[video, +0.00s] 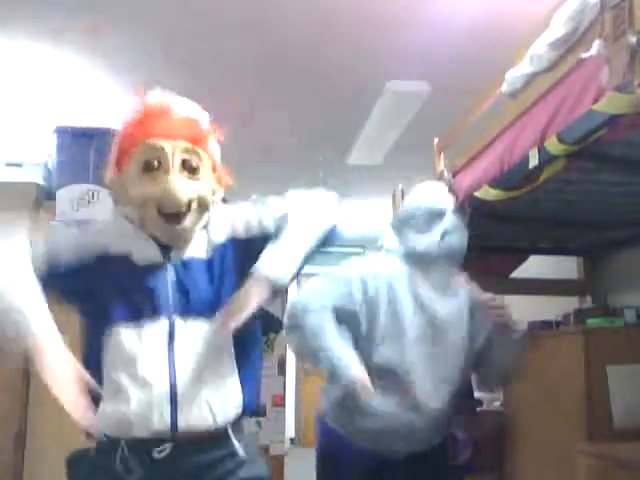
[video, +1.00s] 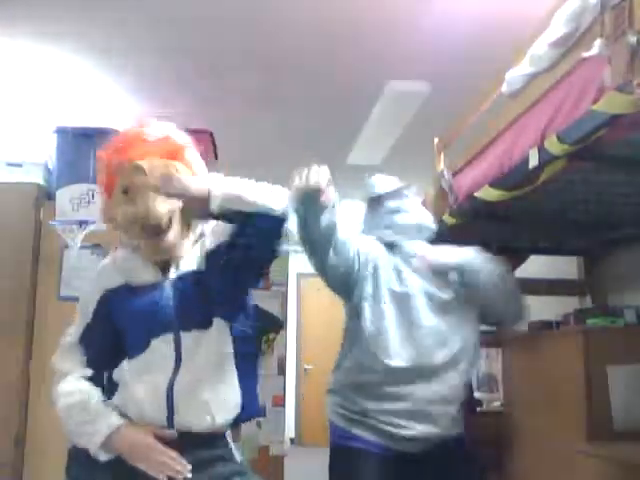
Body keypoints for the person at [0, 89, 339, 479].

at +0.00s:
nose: (173, 189)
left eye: (190, 166)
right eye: (150, 166)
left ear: (216, 183)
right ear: (118, 185)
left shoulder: (234, 236)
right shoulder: (95, 250)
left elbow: (319, 205)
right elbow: (13, 253)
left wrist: (264, 281)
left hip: (219, 458)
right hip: (119, 459)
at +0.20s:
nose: (168, 200)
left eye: (186, 178)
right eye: (148, 179)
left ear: (215, 193)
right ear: (123, 196)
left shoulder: (238, 243)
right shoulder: (109, 260)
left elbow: (323, 233)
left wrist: (241, 286)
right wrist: (96, 414)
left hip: (223, 459)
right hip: (129, 459)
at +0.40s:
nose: (171, 212)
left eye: (188, 189)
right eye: (150, 190)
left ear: (218, 198)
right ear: (127, 203)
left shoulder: (242, 252)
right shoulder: (116, 266)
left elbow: (324, 220)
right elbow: (61, 363)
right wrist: (116, 428)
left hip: (221, 452)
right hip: (125, 452)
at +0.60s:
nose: (167, 197)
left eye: (184, 181)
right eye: (148, 182)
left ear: (217, 191)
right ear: (127, 196)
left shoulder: (241, 250)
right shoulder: (114, 258)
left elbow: (320, 207)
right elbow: (73, 354)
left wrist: (232, 207)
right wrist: (121, 415)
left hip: (222, 444)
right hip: (125, 442)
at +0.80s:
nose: (169, 203)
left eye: (187, 182)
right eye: (150, 184)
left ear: (221, 192)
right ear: (130, 200)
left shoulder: (233, 255)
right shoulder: (119, 269)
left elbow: (280, 203)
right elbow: (78, 359)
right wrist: (117, 420)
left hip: (218, 453)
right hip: (126, 455)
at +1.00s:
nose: (147, 208)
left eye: (162, 188)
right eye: (128, 194)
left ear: (188, 199)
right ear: (111, 211)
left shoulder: (223, 260)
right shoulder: (110, 280)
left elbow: (278, 209)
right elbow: (70, 380)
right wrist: (121, 437)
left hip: (210, 456)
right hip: (118, 458)